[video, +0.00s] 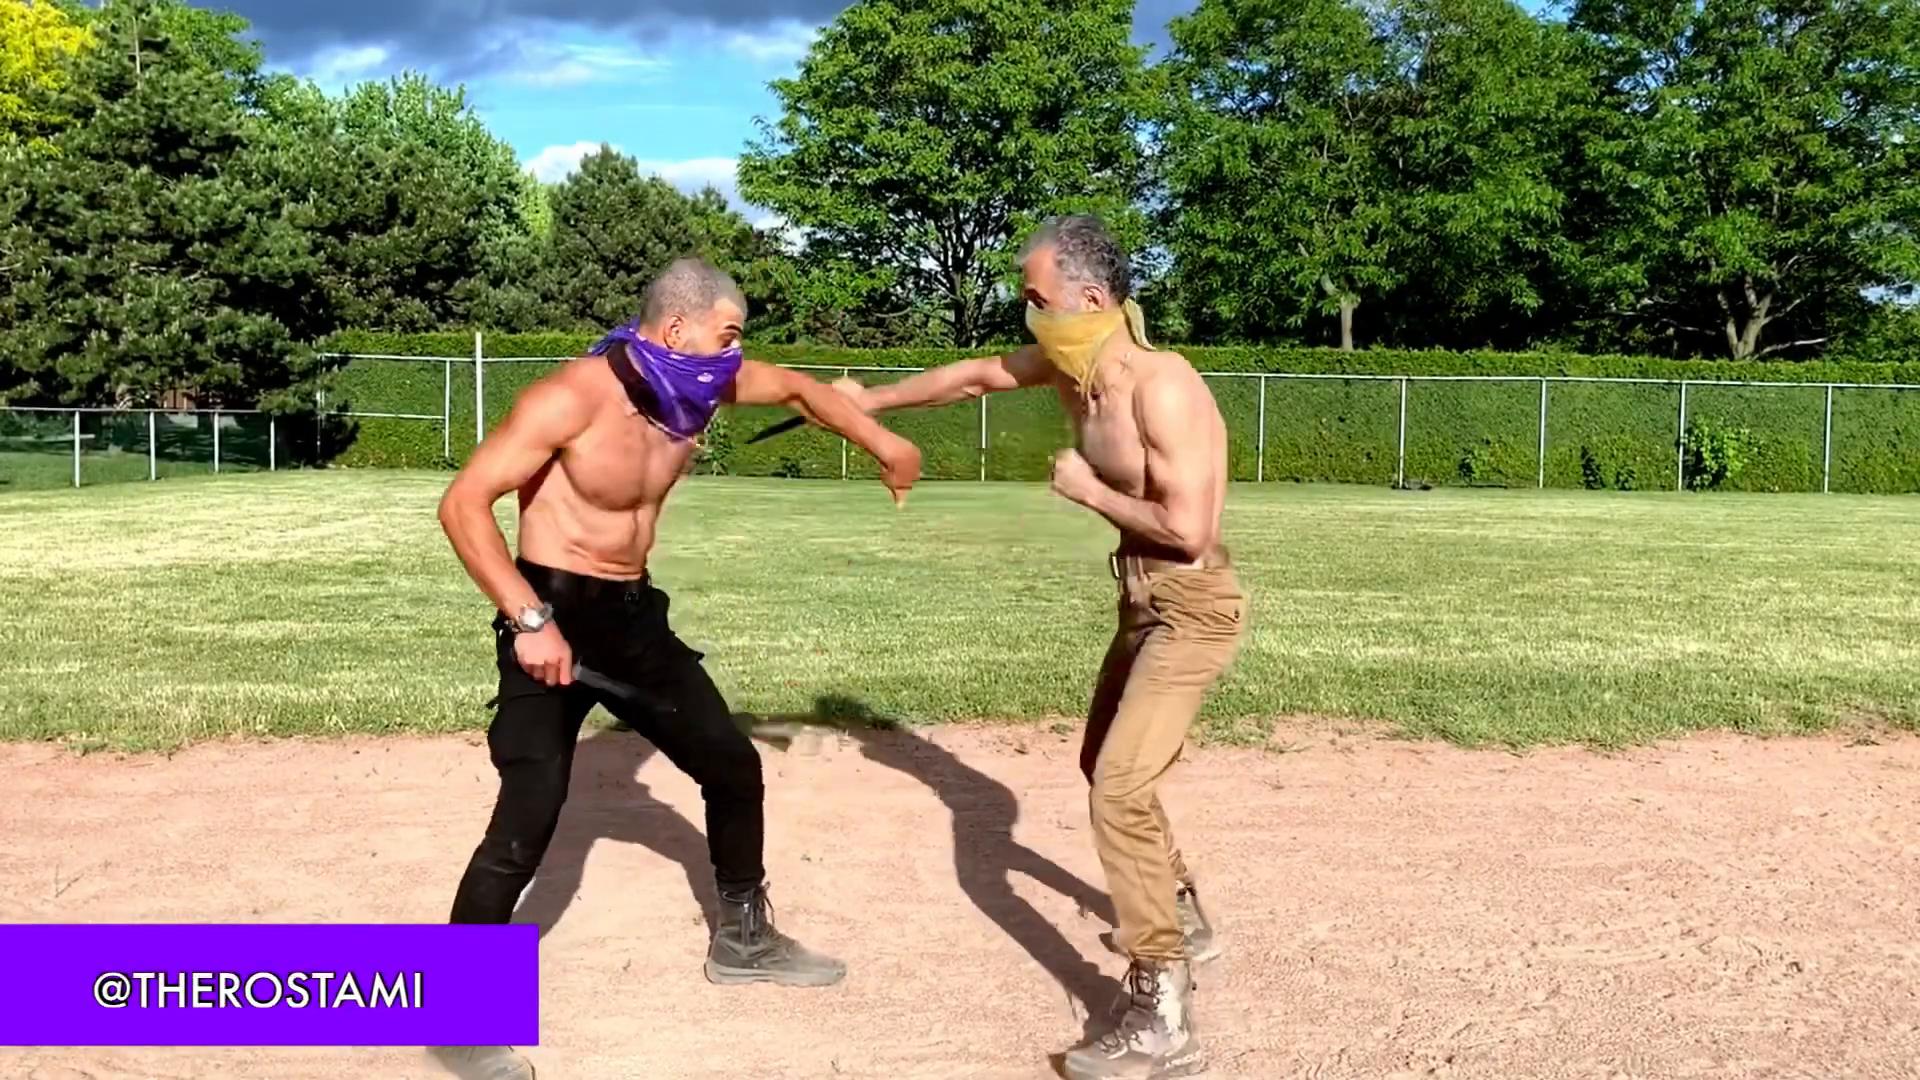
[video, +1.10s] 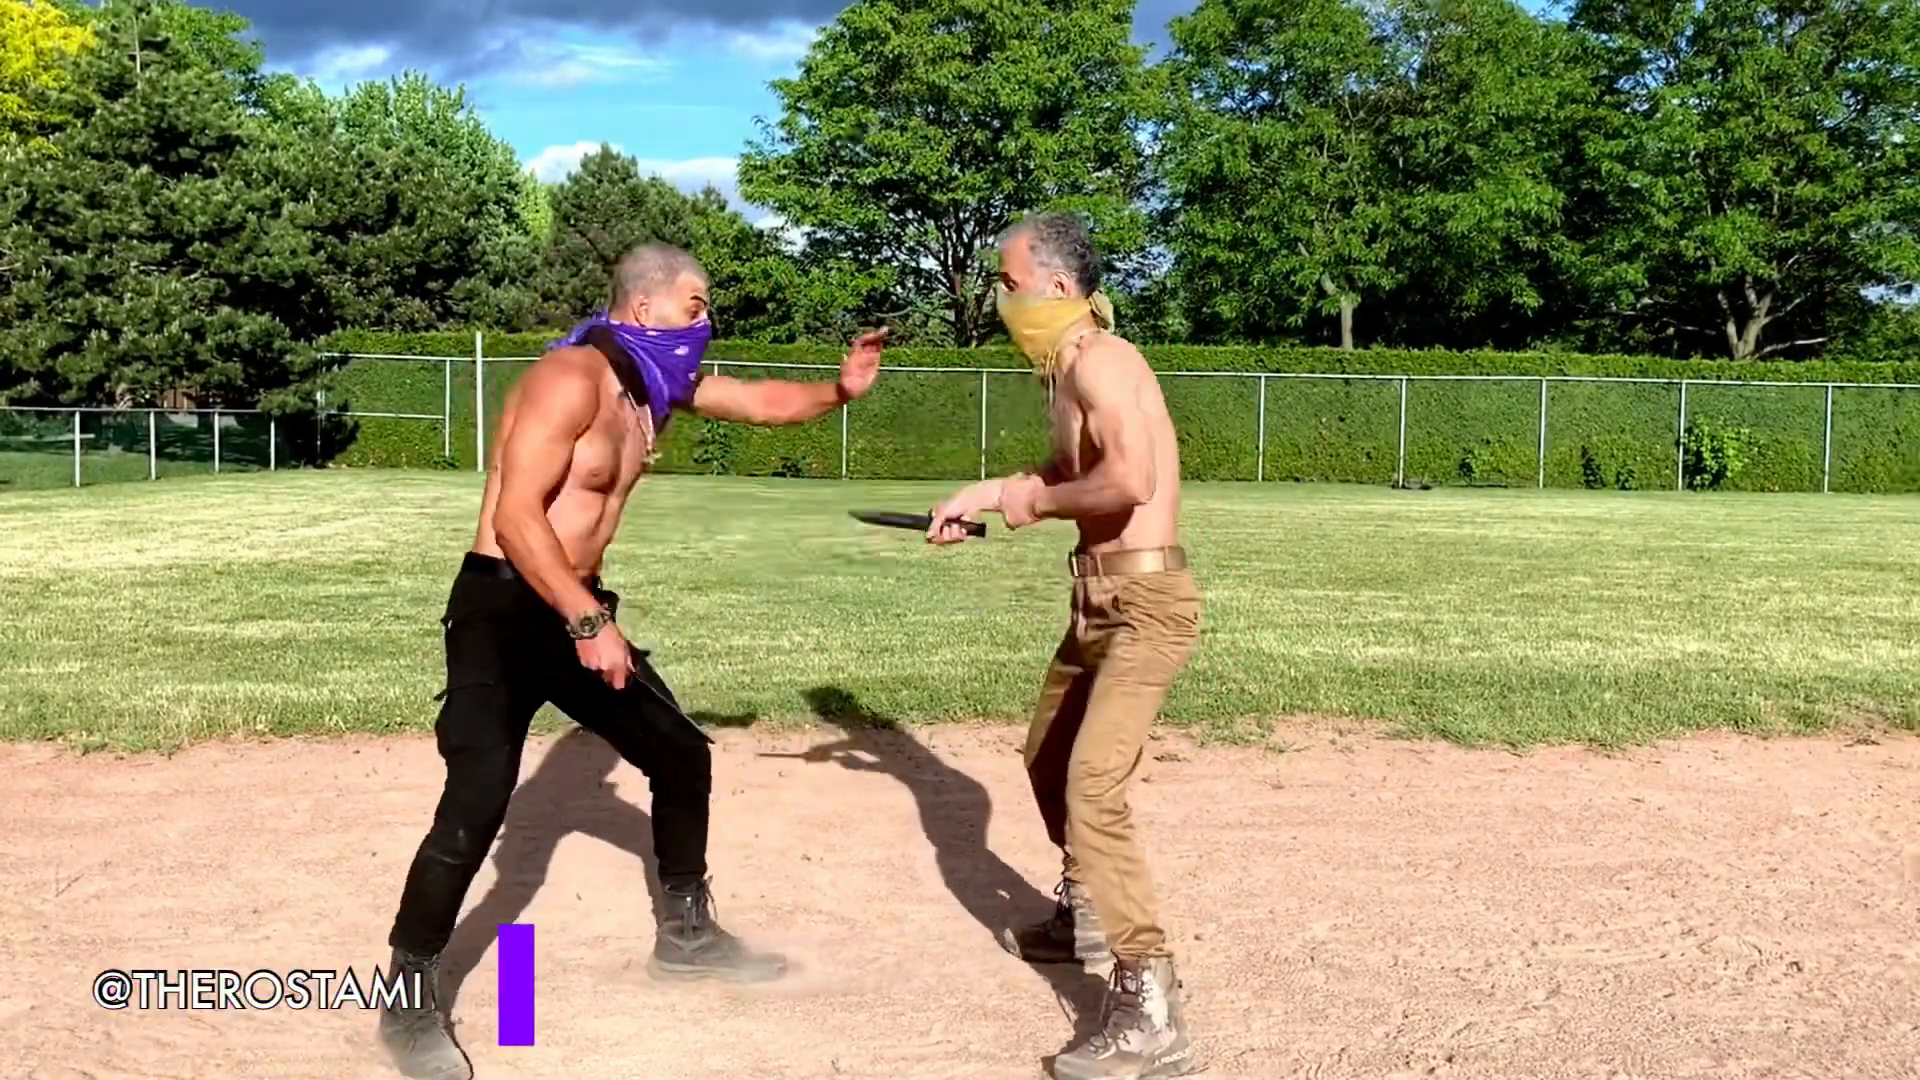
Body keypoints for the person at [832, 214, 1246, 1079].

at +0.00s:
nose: (1029, 314)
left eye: (1037, 297)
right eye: (1027, 298)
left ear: (1092, 296)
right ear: (1081, 297)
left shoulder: (1166, 387)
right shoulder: (1076, 369)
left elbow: (1189, 531)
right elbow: (974, 376)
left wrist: (1092, 492)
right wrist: (870, 397)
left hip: (1192, 613)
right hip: (1143, 609)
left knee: (1123, 786)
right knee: (1102, 763)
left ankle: (1163, 1013)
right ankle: (1180, 915)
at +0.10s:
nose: (1024, 329)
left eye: (1034, 314)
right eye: (1024, 314)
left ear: (1087, 314)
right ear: (1074, 316)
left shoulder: (1161, 397)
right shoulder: (1071, 373)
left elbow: (1155, 541)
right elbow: (1016, 381)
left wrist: (1059, 476)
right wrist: (950, 419)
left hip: (1181, 616)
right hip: (1116, 610)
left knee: (1127, 781)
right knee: (1073, 762)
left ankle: (1165, 1007)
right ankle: (1127, 896)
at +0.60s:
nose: (976, 304)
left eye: (984, 286)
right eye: (971, 290)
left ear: (1036, 278)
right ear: (1008, 286)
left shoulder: (1121, 353)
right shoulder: (1009, 390)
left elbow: (1217, 446)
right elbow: (1001, 508)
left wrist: (1098, 466)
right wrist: (955, 484)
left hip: (1142, 592)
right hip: (1067, 599)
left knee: (1102, 784)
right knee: (1035, 778)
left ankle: (1158, 1004)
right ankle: (1082, 912)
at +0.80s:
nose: (964, 320)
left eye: (971, 304)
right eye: (959, 307)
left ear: (1018, 295)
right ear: (1007, 299)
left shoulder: (1080, 348)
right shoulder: (1039, 385)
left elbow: (1112, 412)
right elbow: (1083, 507)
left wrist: (1009, 404)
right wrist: (1040, 550)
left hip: (1137, 597)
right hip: (1087, 604)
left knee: (1087, 791)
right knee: (1038, 770)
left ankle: (1157, 1012)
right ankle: (1084, 918)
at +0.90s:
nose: (972, 323)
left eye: (979, 306)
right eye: (969, 309)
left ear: (1025, 296)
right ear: (1031, 301)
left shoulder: (1057, 351)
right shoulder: (1062, 370)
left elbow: (941, 403)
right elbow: (1122, 490)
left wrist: (841, 452)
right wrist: (1062, 547)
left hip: (1148, 608)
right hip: (1110, 608)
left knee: (1089, 788)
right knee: (1045, 764)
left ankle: (1150, 1005)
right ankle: (1085, 914)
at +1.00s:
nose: (986, 317)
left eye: (993, 300)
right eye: (985, 302)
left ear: (1038, 295)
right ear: (1051, 298)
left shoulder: (1055, 366)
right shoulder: (1093, 369)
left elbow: (967, 449)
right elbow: (1135, 485)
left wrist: (881, 499)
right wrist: (1069, 539)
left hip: (1145, 611)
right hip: (1114, 606)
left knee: (1083, 791)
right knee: (1046, 759)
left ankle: (1149, 1008)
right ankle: (1088, 910)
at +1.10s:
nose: (1004, 301)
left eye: (1012, 284)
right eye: (1002, 285)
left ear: (1059, 284)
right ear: (1058, 282)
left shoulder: (1104, 363)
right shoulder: (1070, 371)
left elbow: (1128, 482)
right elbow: (1060, 474)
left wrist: (1037, 501)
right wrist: (980, 496)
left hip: (1145, 605)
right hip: (1101, 604)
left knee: (1092, 788)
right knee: (1048, 762)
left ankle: (1150, 1011)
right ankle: (1090, 913)